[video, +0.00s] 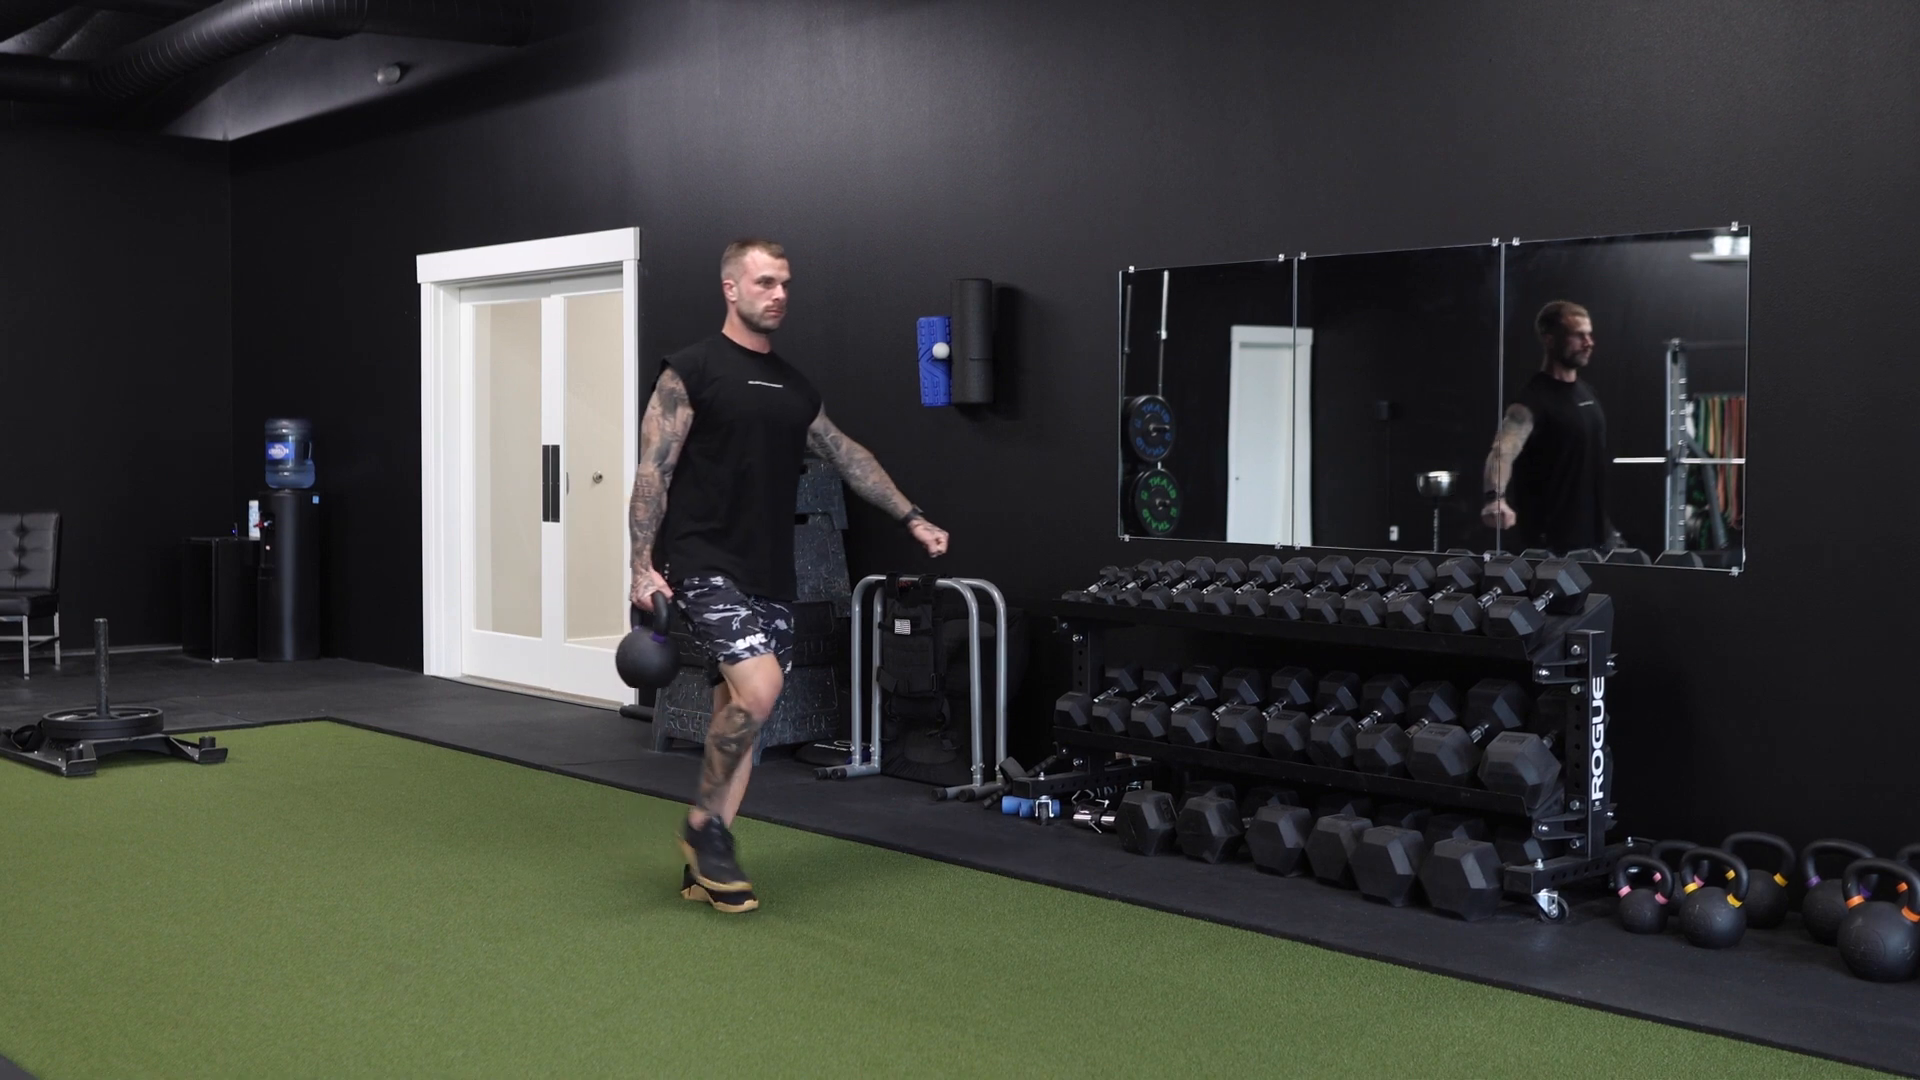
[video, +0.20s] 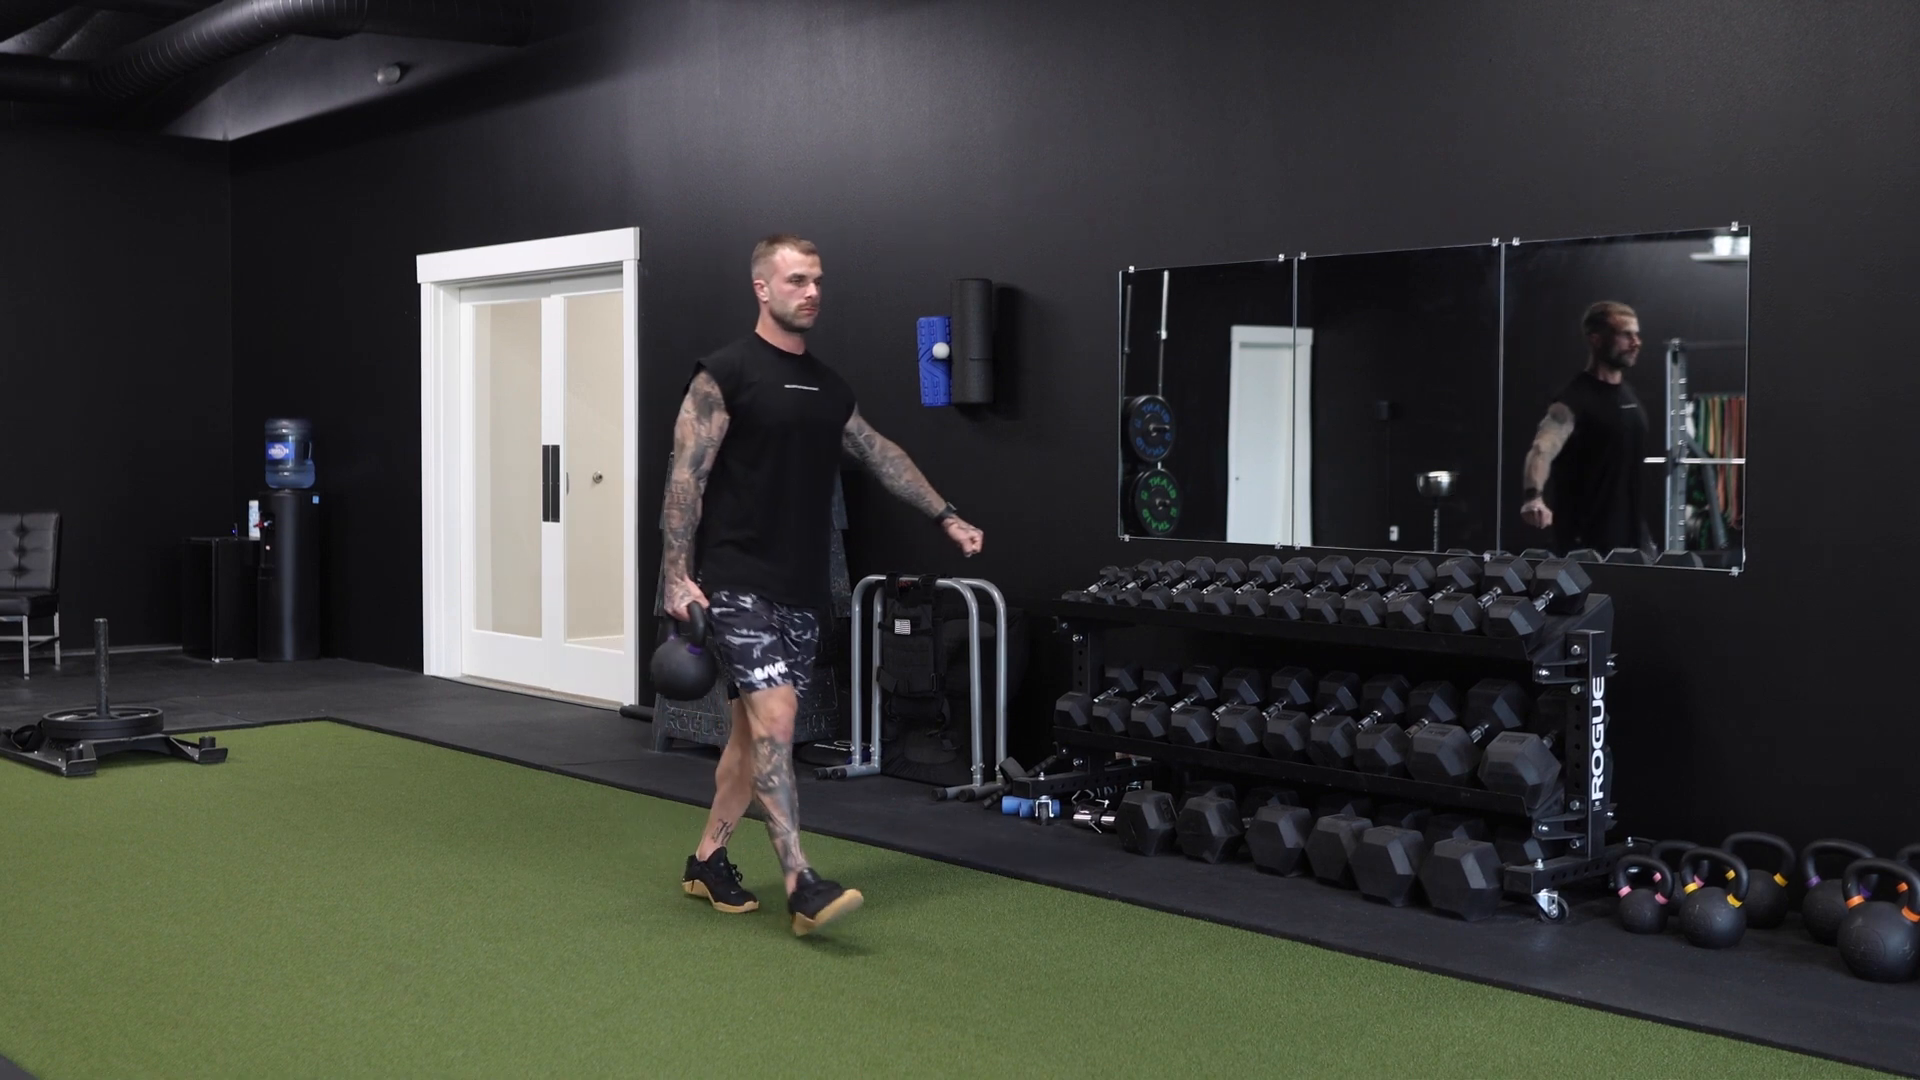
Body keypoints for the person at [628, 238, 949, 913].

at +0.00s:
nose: (779, 295)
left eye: (785, 285)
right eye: (765, 283)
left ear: (789, 294)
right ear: (730, 289)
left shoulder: (791, 384)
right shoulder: (690, 370)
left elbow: (846, 455)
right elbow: (652, 472)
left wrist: (911, 516)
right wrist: (642, 562)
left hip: (768, 569)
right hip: (700, 562)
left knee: (739, 718)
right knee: (760, 684)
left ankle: (707, 860)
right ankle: (706, 820)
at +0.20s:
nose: (811, 293)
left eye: (817, 282)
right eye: (797, 281)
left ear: (821, 291)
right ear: (761, 288)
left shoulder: (826, 383)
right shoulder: (724, 374)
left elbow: (877, 452)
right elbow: (685, 477)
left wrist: (944, 514)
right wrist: (676, 571)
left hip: (803, 586)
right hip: (734, 579)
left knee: (758, 730)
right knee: (775, 718)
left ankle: (708, 857)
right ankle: (799, 880)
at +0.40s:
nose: (851, 285)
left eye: (856, 273)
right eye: (835, 273)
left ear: (858, 283)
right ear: (797, 281)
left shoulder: (864, 376)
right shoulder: (763, 374)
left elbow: (911, 444)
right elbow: (726, 480)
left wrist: (976, 506)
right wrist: (715, 577)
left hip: (848, 584)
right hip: (779, 582)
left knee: (832, 732)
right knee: (802, 734)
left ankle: (734, 831)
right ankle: (815, 897)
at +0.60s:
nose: (891, 277)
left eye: (895, 266)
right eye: (875, 265)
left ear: (897, 274)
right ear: (835, 272)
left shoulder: (903, 369)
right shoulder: (801, 366)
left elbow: (951, 439)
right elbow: (764, 474)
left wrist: (1015, 501)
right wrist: (751, 576)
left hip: (897, 590)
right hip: (819, 591)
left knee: (919, 726)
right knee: (824, 742)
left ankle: (838, 838)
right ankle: (819, 896)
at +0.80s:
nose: (936, 276)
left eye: (940, 265)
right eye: (920, 263)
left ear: (943, 273)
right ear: (878, 271)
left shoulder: (947, 375)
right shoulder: (843, 367)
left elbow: (995, 446)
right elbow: (807, 478)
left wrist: (1063, 509)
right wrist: (795, 580)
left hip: (934, 598)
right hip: (855, 597)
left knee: (952, 746)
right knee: (838, 750)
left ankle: (961, 913)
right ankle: (821, 899)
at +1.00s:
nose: (997, 278)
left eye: (1001, 267)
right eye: (980, 265)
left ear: (1002, 277)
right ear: (936, 274)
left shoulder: (1002, 377)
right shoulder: (900, 368)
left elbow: (1049, 455)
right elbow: (861, 485)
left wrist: (1115, 524)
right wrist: (848, 591)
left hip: (991, 606)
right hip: (912, 604)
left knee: (988, 763)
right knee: (897, 766)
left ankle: (977, 938)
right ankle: (832, 876)